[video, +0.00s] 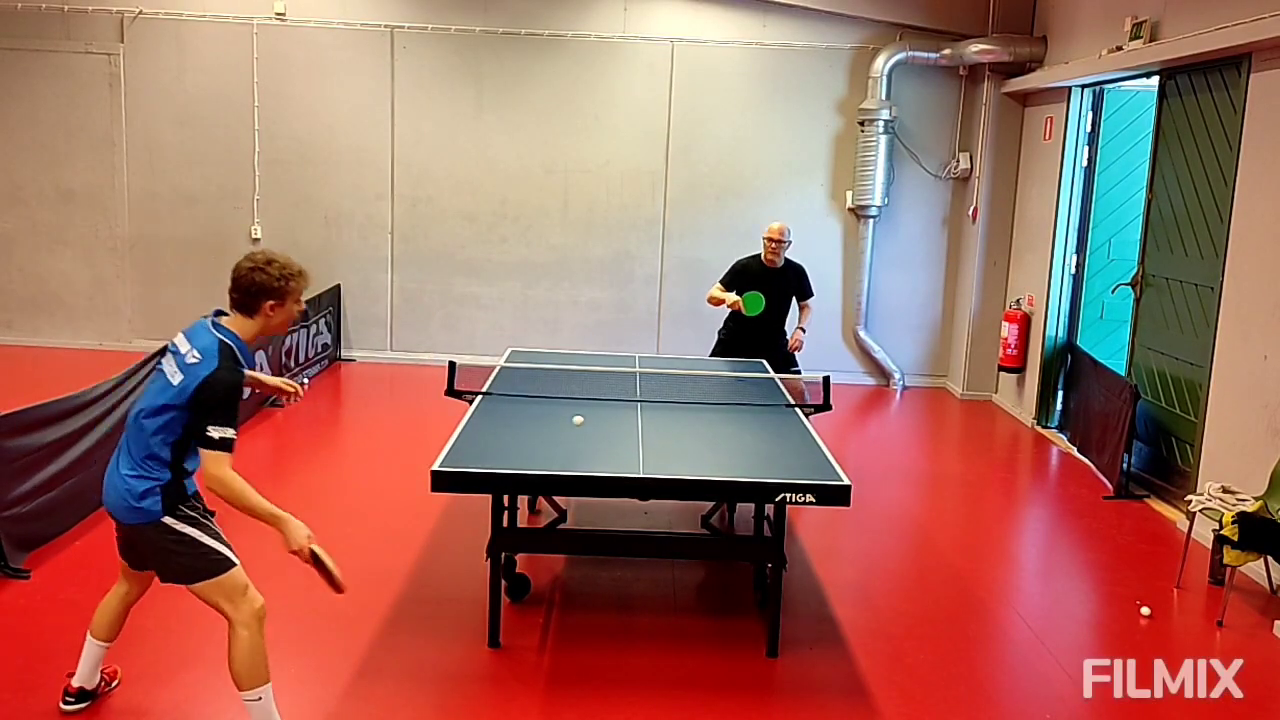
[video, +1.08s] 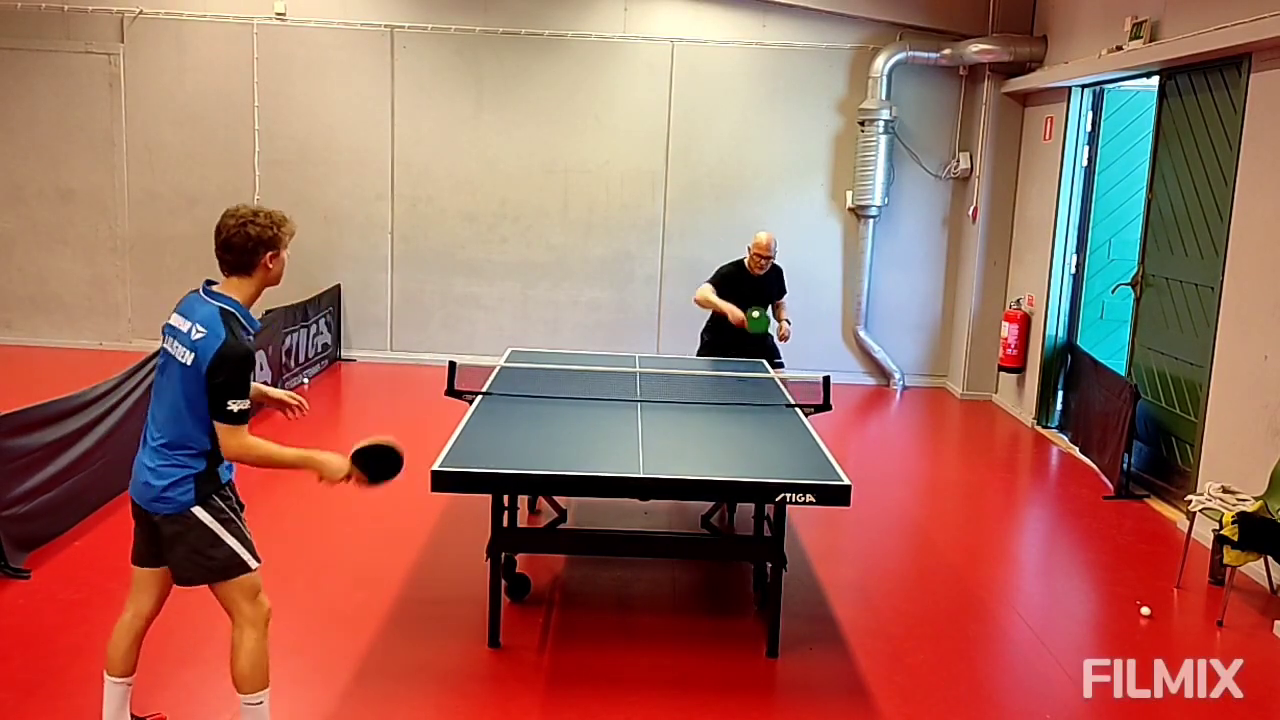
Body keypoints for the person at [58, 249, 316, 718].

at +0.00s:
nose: (298, 314)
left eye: (299, 305)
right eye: (295, 306)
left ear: (246, 299)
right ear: (270, 308)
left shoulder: (209, 327)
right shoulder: (223, 372)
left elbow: (219, 367)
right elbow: (215, 473)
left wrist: (260, 380)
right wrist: (283, 522)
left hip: (127, 484)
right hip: (160, 501)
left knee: (132, 581)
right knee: (247, 609)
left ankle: (82, 682)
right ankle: (266, 714)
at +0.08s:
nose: (329, 327)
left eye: (330, 318)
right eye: (327, 319)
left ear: (277, 313)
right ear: (301, 324)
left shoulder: (231, 339)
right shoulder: (252, 385)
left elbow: (219, 392)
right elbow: (257, 488)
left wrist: (269, 401)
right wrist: (331, 529)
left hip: (138, 488)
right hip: (171, 507)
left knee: (131, 590)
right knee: (265, 610)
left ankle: (83, 684)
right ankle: (273, 715)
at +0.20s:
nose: (376, 349)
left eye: (378, 339)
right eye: (373, 339)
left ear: (329, 330)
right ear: (343, 336)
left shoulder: (273, 347)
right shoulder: (300, 401)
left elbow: (208, 390)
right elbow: (325, 499)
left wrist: (265, 446)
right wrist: (405, 523)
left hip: (165, 493)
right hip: (201, 515)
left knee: (137, 597)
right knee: (297, 617)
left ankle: (92, 688)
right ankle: (278, 713)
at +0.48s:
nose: (388, 297)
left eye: (389, 287)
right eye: (387, 287)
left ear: (332, 279)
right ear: (368, 290)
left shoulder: (268, 313)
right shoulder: (338, 367)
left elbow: (196, 362)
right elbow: (357, 456)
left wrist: (191, 422)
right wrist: (427, 449)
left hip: (194, 482)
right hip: (241, 500)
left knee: (182, 585)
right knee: (302, 613)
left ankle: (124, 695)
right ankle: (280, 716)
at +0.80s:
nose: (318, 262)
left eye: (316, 252)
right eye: (316, 253)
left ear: (257, 257)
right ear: (303, 263)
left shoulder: (207, 311)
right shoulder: (298, 346)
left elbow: (159, 387)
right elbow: (327, 438)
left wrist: (207, 405)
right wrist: (386, 403)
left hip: (192, 493)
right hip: (249, 503)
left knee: (167, 606)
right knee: (305, 609)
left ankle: (120, 713)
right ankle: (279, 716)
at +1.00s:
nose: (286, 260)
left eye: (286, 251)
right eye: (284, 252)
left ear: (227, 255)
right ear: (269, 260)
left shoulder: (188, 307)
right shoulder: (245, 341)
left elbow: (184, 390)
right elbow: (261, 441)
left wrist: (252, 401)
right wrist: (337, 431)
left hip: (157, 483)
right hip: (204, 495)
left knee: (140, 609)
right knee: (269, 610)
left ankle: (114, 715)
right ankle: (274, 716)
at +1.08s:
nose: (286, 259)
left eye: (284, 249)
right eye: (284, 251)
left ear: (228, 257)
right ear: (268, 261)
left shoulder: (196, 301)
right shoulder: (233, 343)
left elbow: (195, 379)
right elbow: (234, 443)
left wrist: (259, 393)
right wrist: (317, 461)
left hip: (150, 481)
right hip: (191, 493)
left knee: (138, 609)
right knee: (252, 613)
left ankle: (114, 715)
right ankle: (256, 716)